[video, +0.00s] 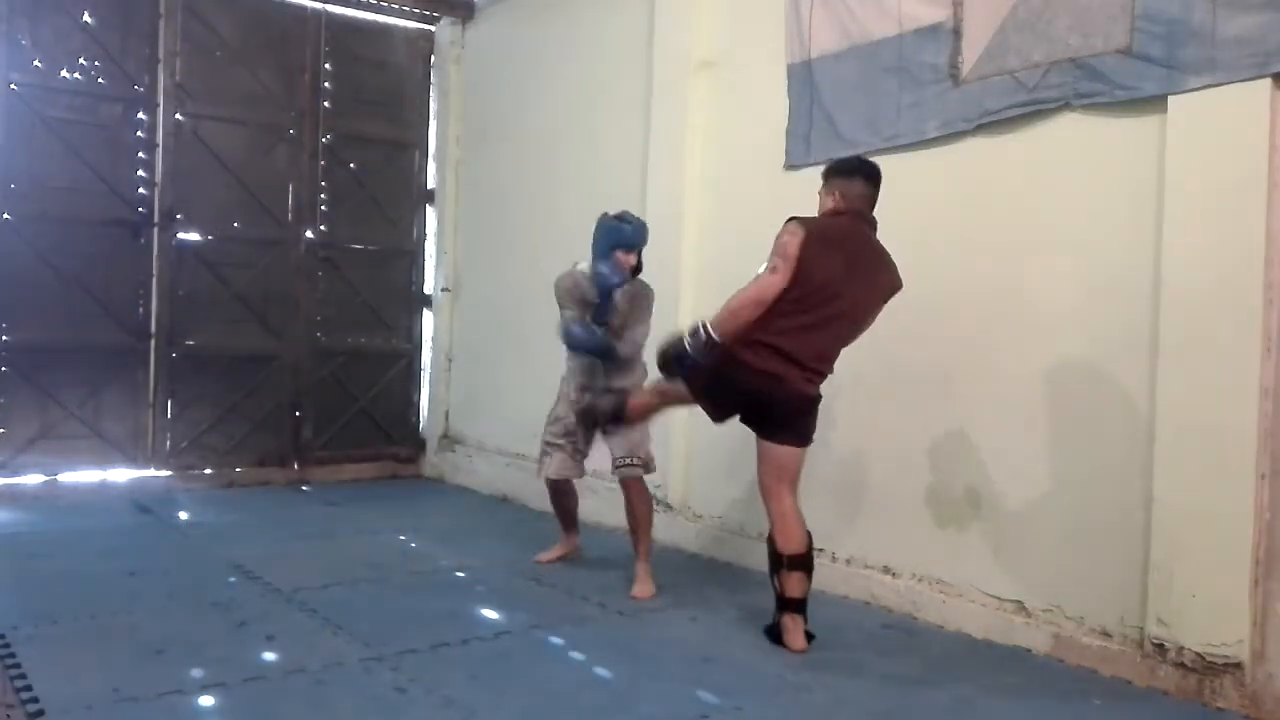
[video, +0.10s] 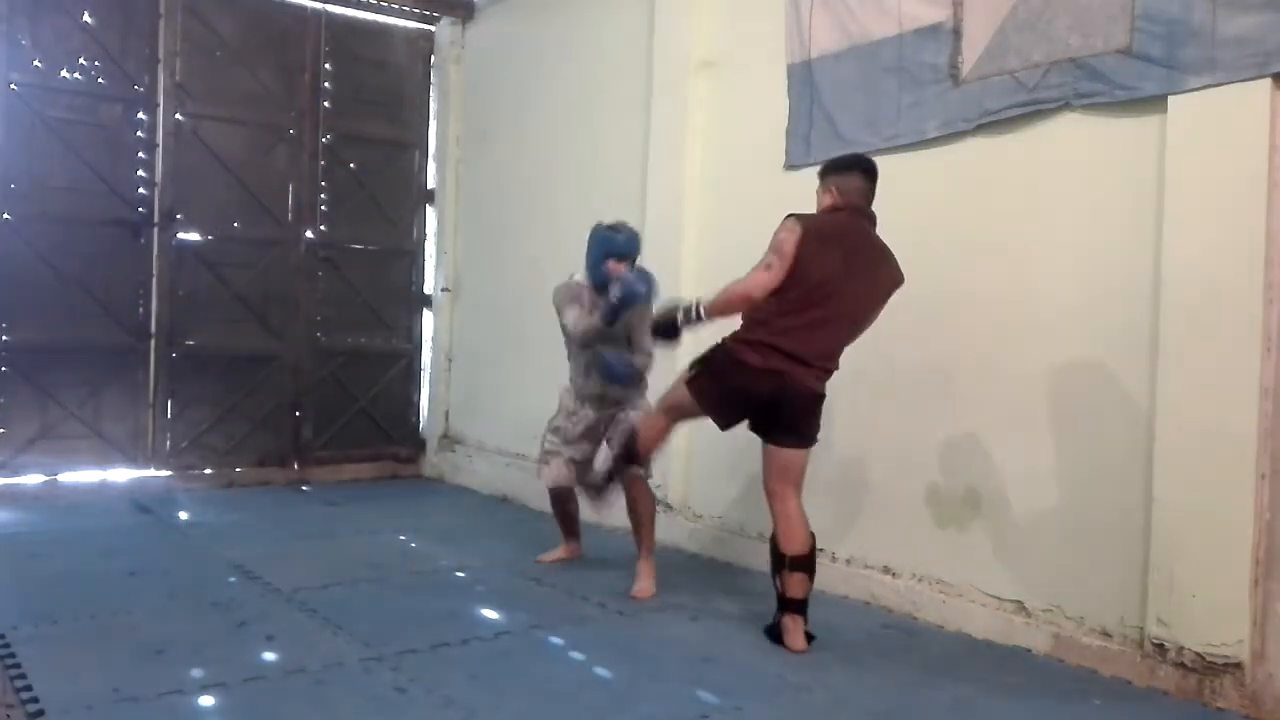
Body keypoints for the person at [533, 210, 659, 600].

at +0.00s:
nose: (633, 260)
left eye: (636, 252)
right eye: (625, 251)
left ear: (638, 255)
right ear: (603, 250)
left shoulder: (638, 293)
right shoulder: (573, 284)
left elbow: (629, 349)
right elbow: (575, 332)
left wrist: (588, 339)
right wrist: (605, 295)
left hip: (624, 390)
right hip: (579, 387)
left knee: (631, 475)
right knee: (556, 471)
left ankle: (643, 565)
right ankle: (570, 539)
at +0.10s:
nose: (622, 268)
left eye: (628, 261)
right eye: (614, 259)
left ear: (636, 264)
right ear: (595, 259)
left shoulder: (637, 300)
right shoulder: (571, 293)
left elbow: (644, 354)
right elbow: (578, 331)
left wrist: (627, 367)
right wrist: (614, 302)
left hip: (627, 405)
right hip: (582, 403)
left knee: (634, 474)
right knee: (558, 472)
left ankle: (645, 561)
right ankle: (571, 543)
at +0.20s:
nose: (635, 267)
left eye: (642, 260)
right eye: (628, 258)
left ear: (650, 264)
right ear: (610, 258)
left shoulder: (653, 301)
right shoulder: (587, 292)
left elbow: (683, 348)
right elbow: (558, 345)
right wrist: (574, 311)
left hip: (643, 407)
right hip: (598, 406)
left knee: (650, 476)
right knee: (578, 479)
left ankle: (678, 555)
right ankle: (574, 542)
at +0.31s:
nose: (650, 271)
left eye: (657, 264)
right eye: (644, 262)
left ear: (665, 265)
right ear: (627, 259)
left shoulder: (674, 297)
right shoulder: (607, 289)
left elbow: (716, 321)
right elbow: (579, 341)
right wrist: (597, 310)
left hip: (657, 408)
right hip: (612, 405)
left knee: (662, 481)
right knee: (576, 475)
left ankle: (710, 566)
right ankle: (590, 539)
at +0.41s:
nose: (672, 281)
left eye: (680, 273)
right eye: (665, 271)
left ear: (688, 276)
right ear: (650, 271)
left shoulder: (693, 312)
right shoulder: (630, 302)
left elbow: (739, 331)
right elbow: (598, 355)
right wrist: (619, 324)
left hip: (674, 421)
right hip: (628, 419)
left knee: (681, 492)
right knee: (589, 482)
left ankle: (718, 583)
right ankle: (615, 536)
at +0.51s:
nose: (709, 284)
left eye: (716, 277)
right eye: (704, 274)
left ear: (724, 278)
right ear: (691, 269)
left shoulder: (724, 311)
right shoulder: (660, 300)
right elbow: (620, 348)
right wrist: (663, 334)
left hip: (689, 417)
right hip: (638, 415)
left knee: (706, 493)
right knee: (622, 492)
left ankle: (717, 582)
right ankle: (607, 536)